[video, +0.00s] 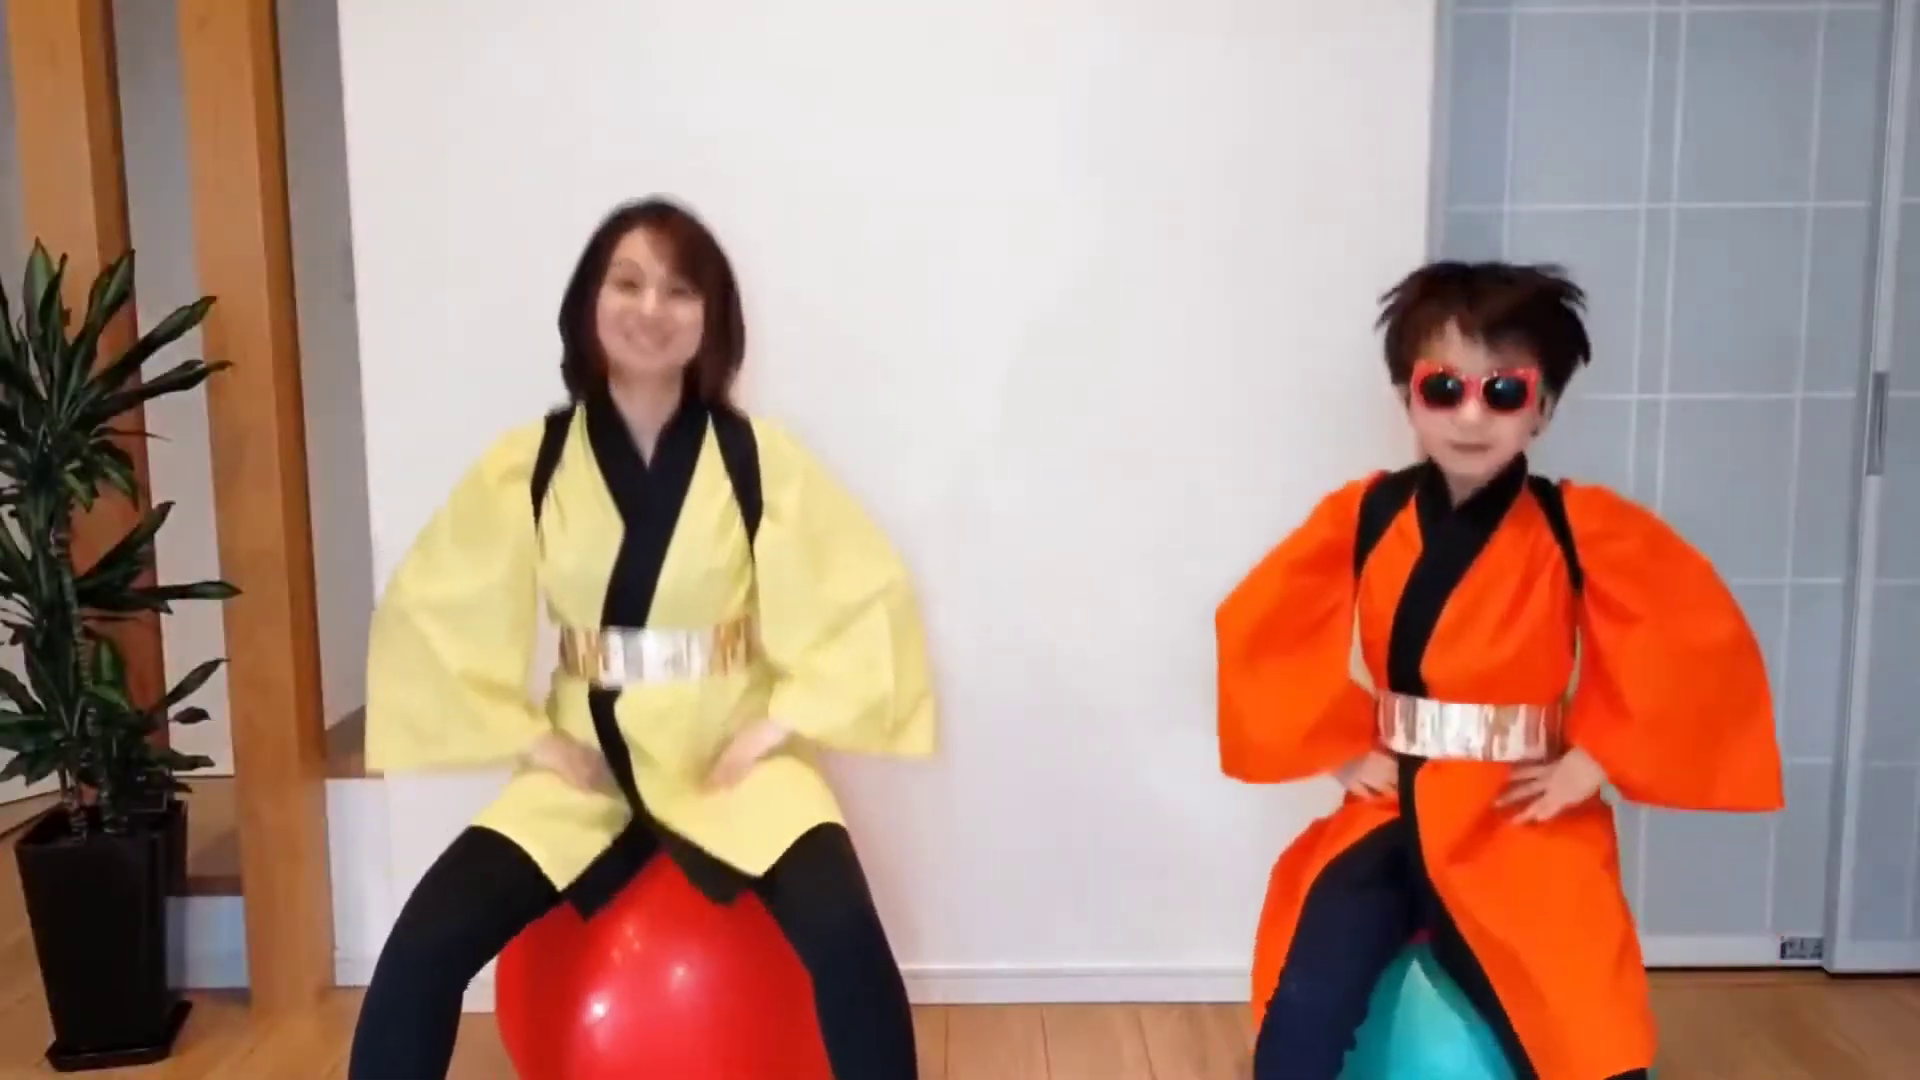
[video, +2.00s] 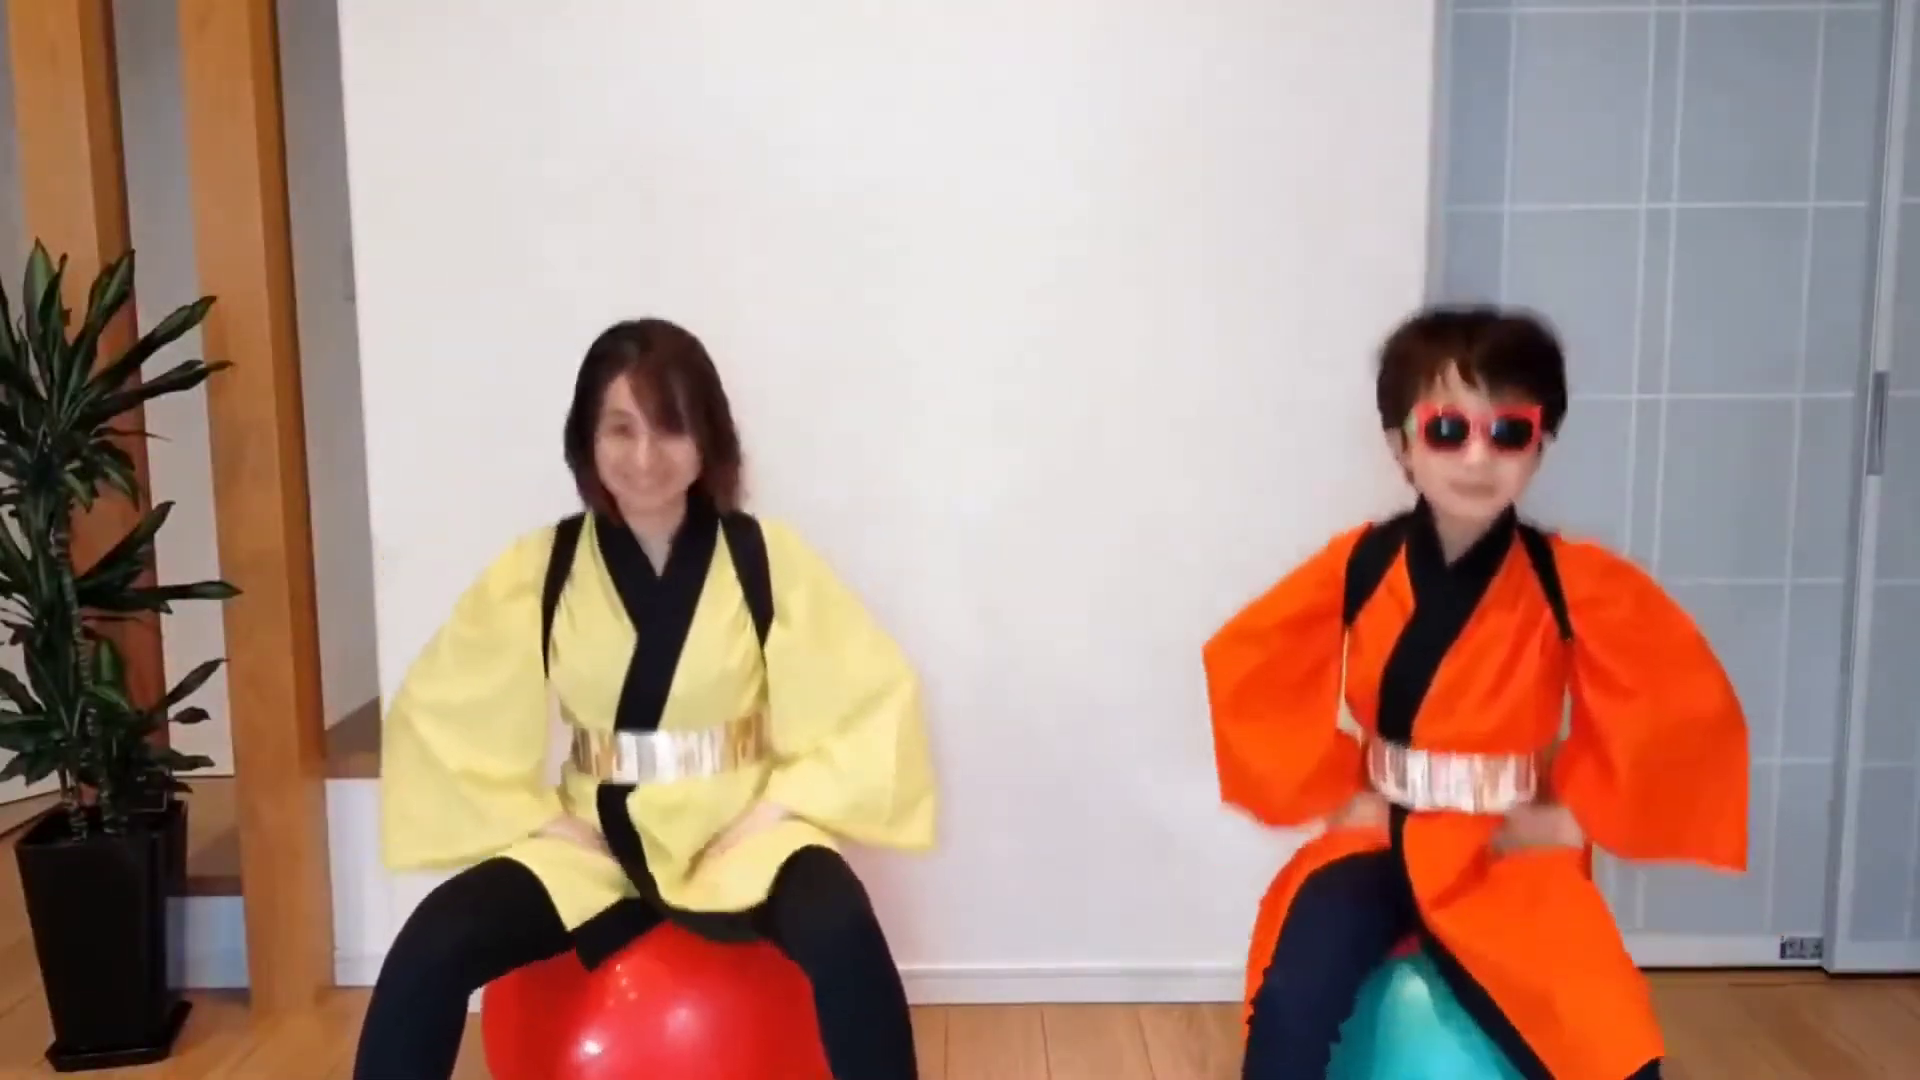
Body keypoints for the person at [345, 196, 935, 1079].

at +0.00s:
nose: (648, 309)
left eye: (677, 290)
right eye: (625, 283)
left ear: (711, 317)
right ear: (589, 303)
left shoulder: (758, 460)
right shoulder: (531, 461)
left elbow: (871, 604)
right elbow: (424, 615)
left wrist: (772, 724)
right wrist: (535, 738)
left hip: (741, 763)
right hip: (585, 767)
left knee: (847, 936)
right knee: (422, 946)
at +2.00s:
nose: (644, 454)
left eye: (669, 428)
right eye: (618, 430)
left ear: (705, 438)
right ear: (587, 442)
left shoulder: (764, 559)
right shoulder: (543, 566)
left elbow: (877, 699)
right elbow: (434, 708)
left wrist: (779, 808)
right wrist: (535, 815)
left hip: (740, 844)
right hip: (591, 850)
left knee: (836, 913)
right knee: (438, 935)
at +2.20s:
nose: (636, 316)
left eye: (662, 290)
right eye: (613, 292)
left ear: (699, 308)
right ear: (580, 312)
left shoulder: (762, 451)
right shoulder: (535, 455)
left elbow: (869, 602)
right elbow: (434, 610)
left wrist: (778, 719)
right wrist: (543, 737)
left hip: (750, 755)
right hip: (589, 760)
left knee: (848, 934)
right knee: (431, 951)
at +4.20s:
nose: (667, 415)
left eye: (692, 396)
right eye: (643, 391)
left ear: (724, 419)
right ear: (603, 408)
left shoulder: (771, 551)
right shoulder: (537, 559)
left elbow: (883, 682)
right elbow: (435, 704)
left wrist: (788, 798)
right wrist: (543, 810)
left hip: (744, 835)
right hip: (589, 845)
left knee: (842, 914)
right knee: (440, 940)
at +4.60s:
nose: (670, 312)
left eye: (698, 292)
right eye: (646, 282)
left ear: (727, 314)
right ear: (600, 295)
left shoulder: (767, 446)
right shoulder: (521, 445)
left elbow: (851, 591)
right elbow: (435, 584)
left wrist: (801, 671)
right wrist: (500, 696)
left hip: (746, 747)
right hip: (583, 754)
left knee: (853, 932)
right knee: (433, 950)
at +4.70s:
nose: (675, 383)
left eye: (702, 362)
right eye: (650, 358)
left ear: (728, 386)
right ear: (603, 375)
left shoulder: (765, 524)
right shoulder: (540, 521)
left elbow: (808, 643)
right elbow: (456, 644)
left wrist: (836, 698)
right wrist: (390, 738)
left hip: (742, 805)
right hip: (591, 814)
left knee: (844, 905)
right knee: (434, 941)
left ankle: (885, 1073)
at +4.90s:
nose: (690, 362)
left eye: (715, 343)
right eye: (665, 337)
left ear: (743, 367)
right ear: (624, 352)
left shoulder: (772, 503)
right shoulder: (556, 484)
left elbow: (871, 676)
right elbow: (431, 603)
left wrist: (816, 585)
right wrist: (363, 563)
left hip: (733, 799)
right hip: (582, 804)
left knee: (844, 928)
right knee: (427, 944)